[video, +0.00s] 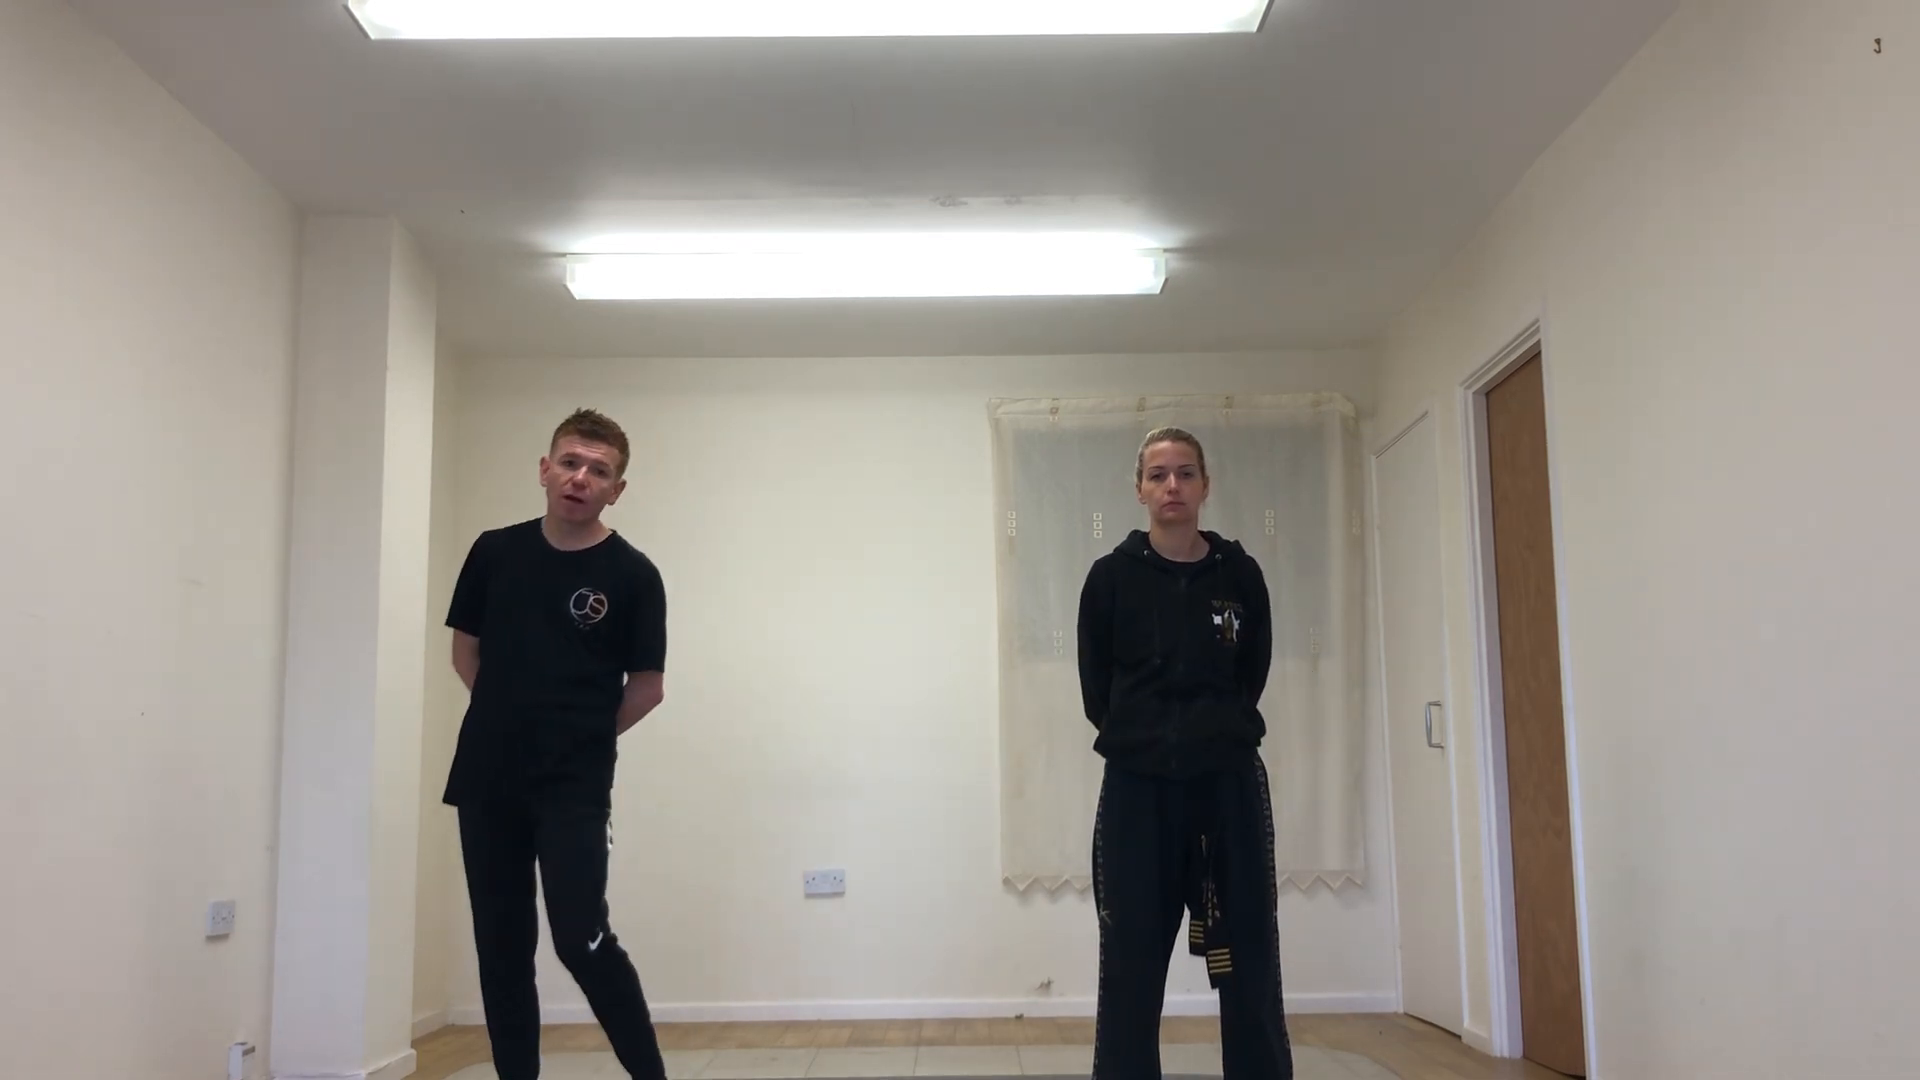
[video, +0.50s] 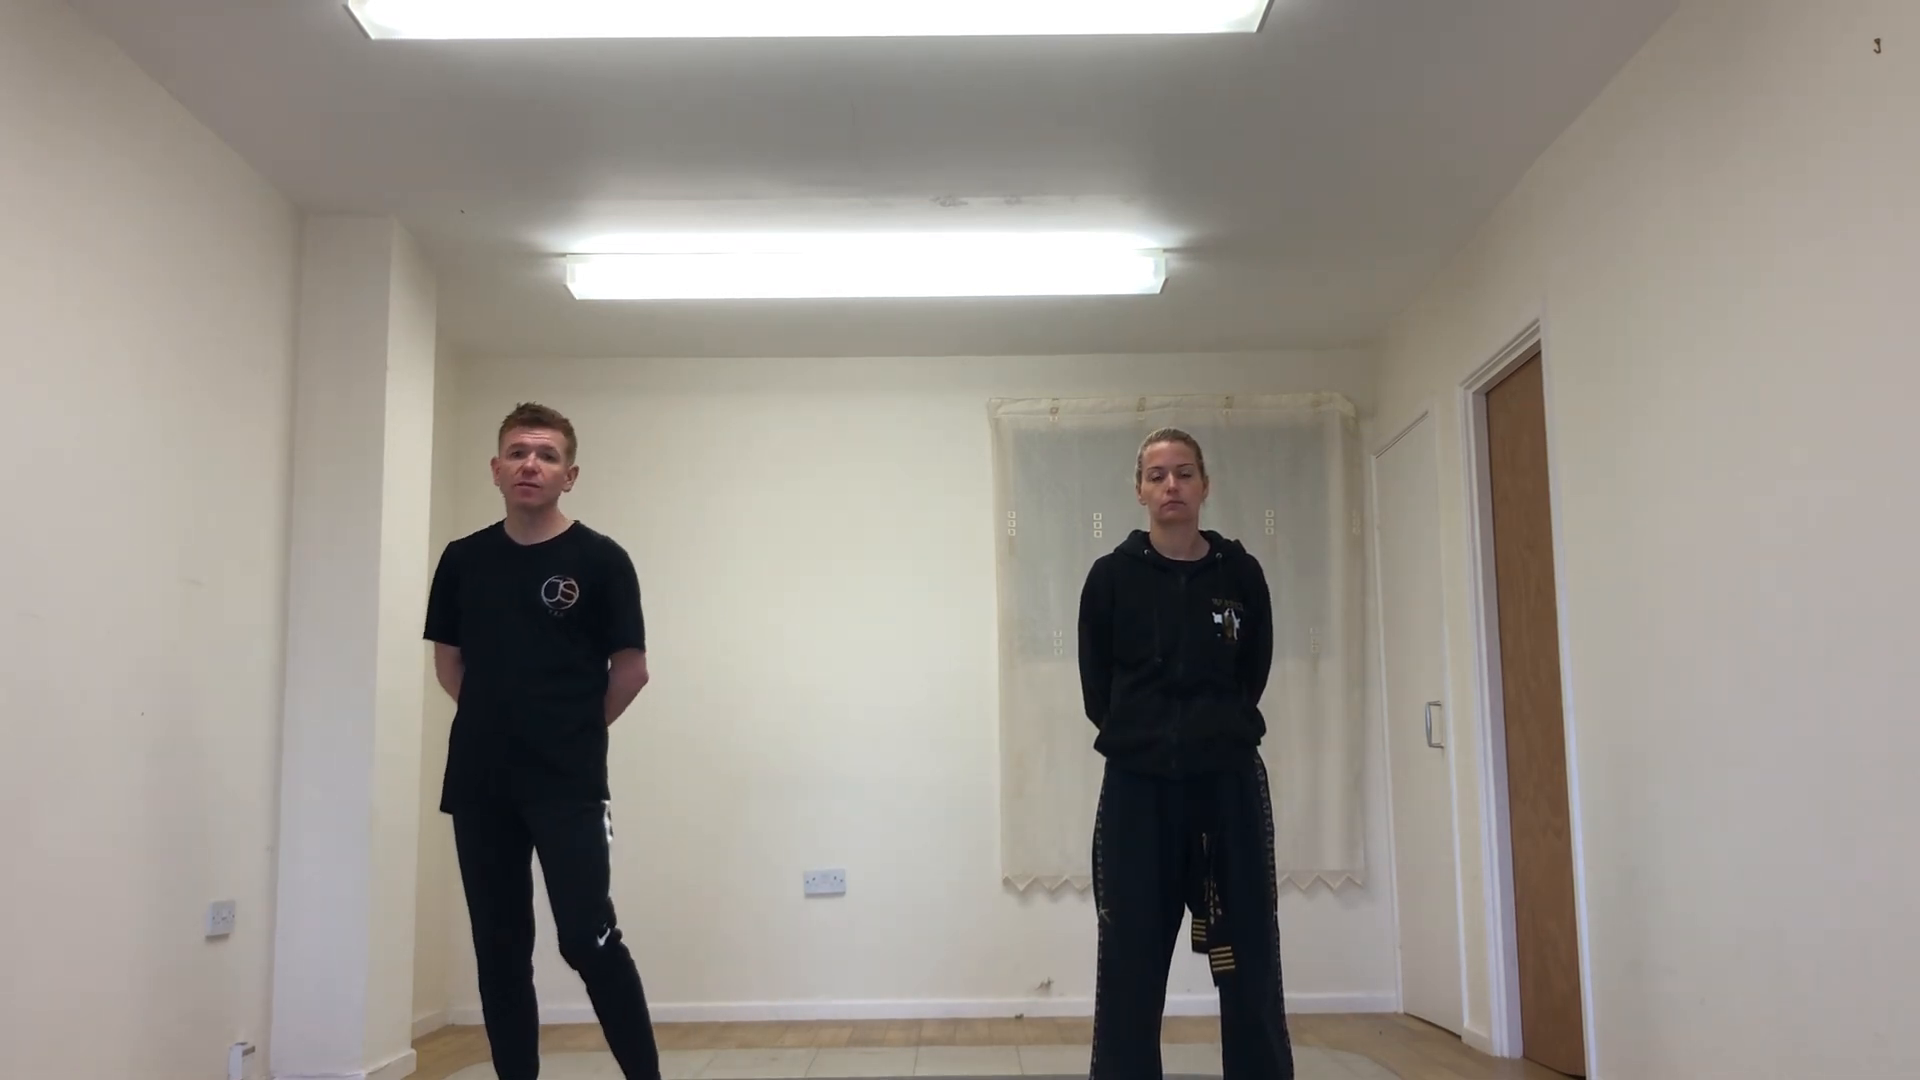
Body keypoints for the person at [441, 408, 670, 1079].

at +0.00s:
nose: (580, 478)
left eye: (597, 470)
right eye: (570, 462)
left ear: (616, 490)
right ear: (544, 469)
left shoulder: (633, 575)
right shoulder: (493, 550)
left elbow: (647, 689)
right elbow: (465, 654)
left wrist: (583, 730)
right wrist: (515, 714)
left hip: (574, 778)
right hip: (489, 772)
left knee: (580, 939)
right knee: (501, 951)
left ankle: (649, 1074)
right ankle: (516, 1076)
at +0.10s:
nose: (573, 476)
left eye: (590, 468)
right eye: (563, 460)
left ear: (608, 488)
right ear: (537, 468)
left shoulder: (627, 572)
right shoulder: (484, 551)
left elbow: (643, 684)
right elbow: (457, 656)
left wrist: (579, 727)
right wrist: (507, 714)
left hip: (567, 777)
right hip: (483, 773)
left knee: (568, 936)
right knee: (499, 951)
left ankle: (641, 1073)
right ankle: (516, 1076)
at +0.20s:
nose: (565, 472)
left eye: (582, 464)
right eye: (554, 457)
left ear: (599, 484)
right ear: (528, 468)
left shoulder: (619, 570)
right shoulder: (477, 552)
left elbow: (638, 682)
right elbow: (452, 657)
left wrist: (576, 727)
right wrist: (503, 715)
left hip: (565, 776)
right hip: (481, 773)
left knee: (571, 939)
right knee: (499, 954)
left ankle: (644, 1074)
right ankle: (516, 1076)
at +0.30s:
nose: (553, 470)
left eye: (571, 462)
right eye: (542, 456)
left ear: (590, 482)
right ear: (518, 467)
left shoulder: (612, 566)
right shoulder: (471, 553)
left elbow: (634, 679)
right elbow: (450, 659)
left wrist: (575, 728)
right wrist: (500, 717)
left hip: (565, 778)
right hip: (480, 775)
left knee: (582, 941)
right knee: (499, 956)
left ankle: (647, 1074)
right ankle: (515, 1077)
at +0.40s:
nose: (540, 467)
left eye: (558, 458)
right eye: (529, 454)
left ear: (579, 479)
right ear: (507, 468)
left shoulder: (607, 563)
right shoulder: (466, 555)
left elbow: (631, 676)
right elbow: (449, 664)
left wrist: (574, 728)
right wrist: (502, 717)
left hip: (567, 776)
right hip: (480, 775)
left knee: (587, 940)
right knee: (499, 954)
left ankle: (649, 1075)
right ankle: (515, 1076)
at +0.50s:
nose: (530, 465)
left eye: (546, 455)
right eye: (517, 452)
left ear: (569, 475)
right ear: (496, 467)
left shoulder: (601, 559)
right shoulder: (461, 558)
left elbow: (631, 670)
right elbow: (448, 667)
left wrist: (575, 725)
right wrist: (502, 716)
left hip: (567, 776)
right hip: (481, 777)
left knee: (589, 941)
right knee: (500, 953)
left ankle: (644, 1076)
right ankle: (516, 1076)